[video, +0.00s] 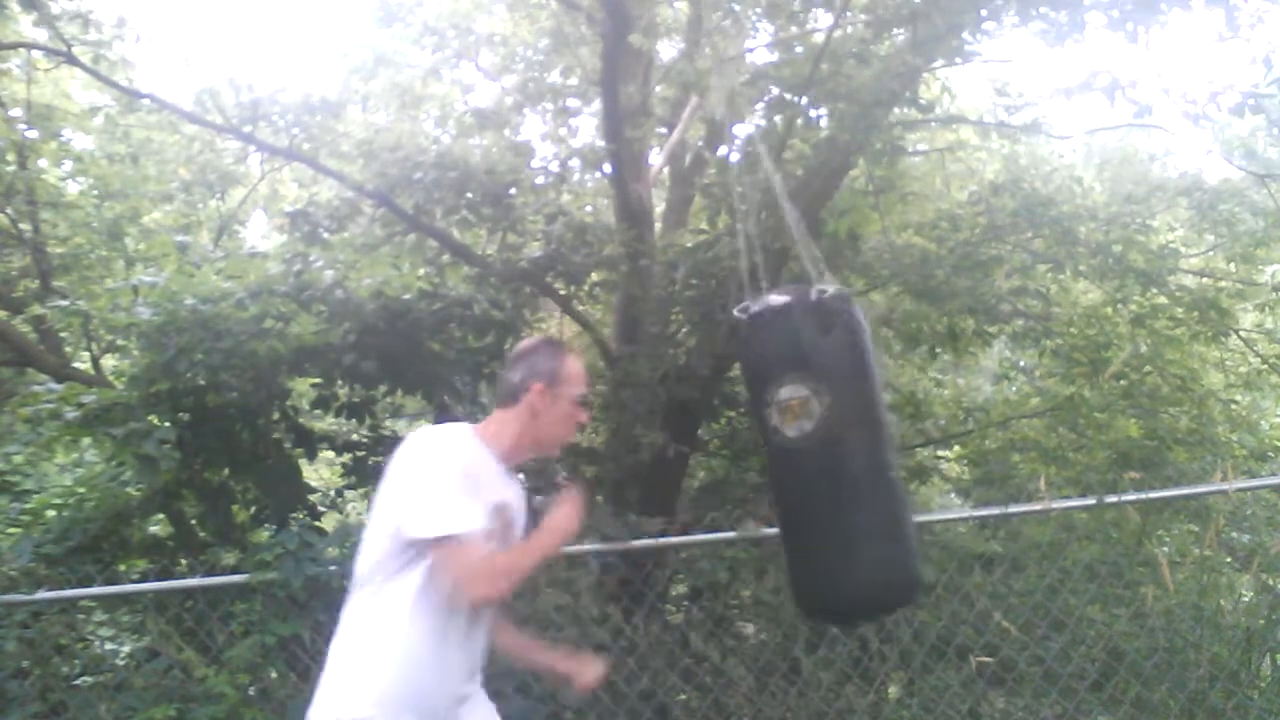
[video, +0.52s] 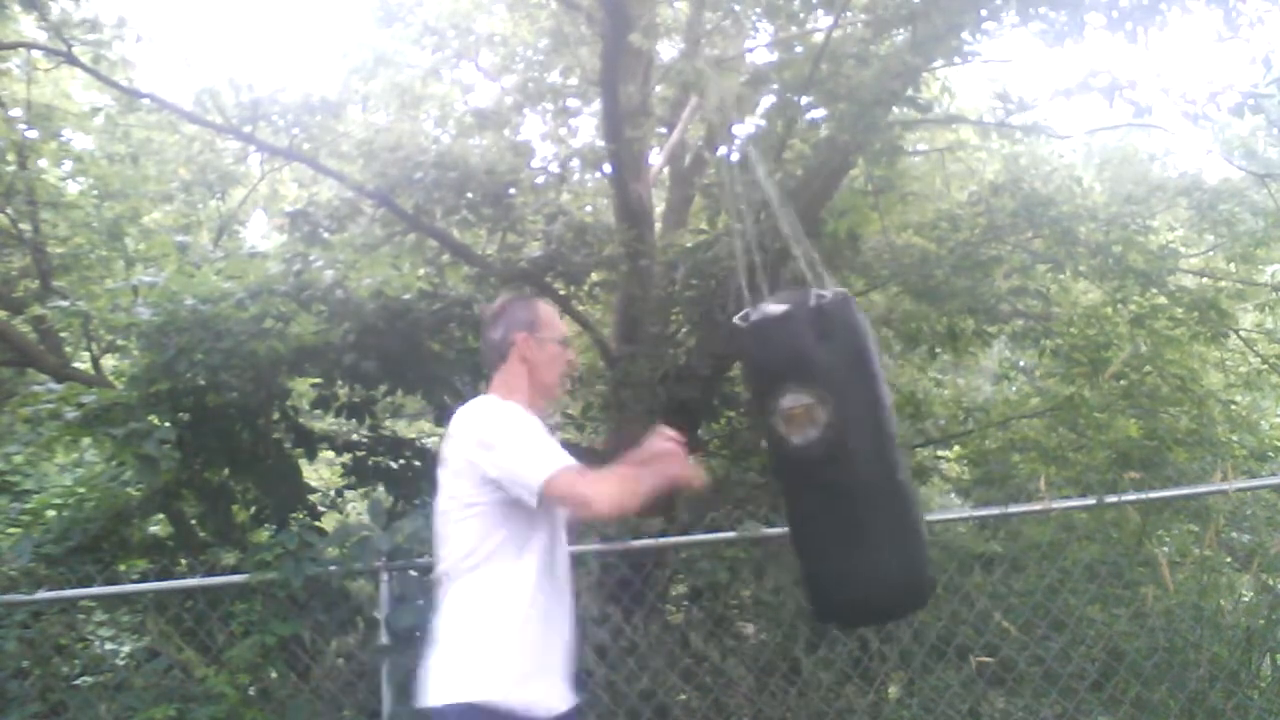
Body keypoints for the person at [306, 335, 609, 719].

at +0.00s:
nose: (586, 420)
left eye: (587, 405)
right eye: (579, 402)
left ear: (537, 398)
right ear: (537, 396)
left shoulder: (511, 495)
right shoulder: (434, 452)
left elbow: (482, 619)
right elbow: (472, 582)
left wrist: (563, 662)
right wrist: (558, 527)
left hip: (456, 704)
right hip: (374, 702)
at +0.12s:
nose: (575, 401)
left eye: (577, 385)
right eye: (570, 383)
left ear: (531, 379)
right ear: (531, 377)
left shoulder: (511, 475)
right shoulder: (419, 440)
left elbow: (495, 578)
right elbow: (345, 563)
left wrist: (567, 594)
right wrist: (470, 606)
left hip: (464, 697)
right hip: (373, 704)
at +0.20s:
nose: (579, 393)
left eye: (579, 377)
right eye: (571, 375)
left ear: (530, 373)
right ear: (527, 371)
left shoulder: (537, 462)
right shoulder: (423, 437)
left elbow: (607, 502)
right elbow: (334, 543)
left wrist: (693, 503)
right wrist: (457, 596)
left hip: (471, 695)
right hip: (376, 700)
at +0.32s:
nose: (578, 386)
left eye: (577, 371)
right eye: (569, 370)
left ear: (532, 372)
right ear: (530, 369)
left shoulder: (546, 456)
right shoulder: (435, 442)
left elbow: (623, 497)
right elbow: (463, 559)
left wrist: (728, 494)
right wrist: (570, 511)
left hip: (479, 692)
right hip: (388, 699)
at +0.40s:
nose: (576, 374)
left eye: (574, 359)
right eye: (567, 358)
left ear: (533, 364)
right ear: (527, 362)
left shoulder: (544, 454)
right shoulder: (456, 439)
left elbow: (615, 501)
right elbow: (568, 529)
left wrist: (714, 484)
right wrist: (608, 461)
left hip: (490, 696)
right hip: (413, 695)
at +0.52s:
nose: (573, 359)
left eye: (569, 345)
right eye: (561, 343)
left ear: (524, 348)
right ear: (523, 347)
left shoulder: (519, 428)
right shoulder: (487, 422)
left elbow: (588, 488)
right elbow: (597, 498)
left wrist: (644, 458)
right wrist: (663, 470)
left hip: (533, 692)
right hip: (486, 694)